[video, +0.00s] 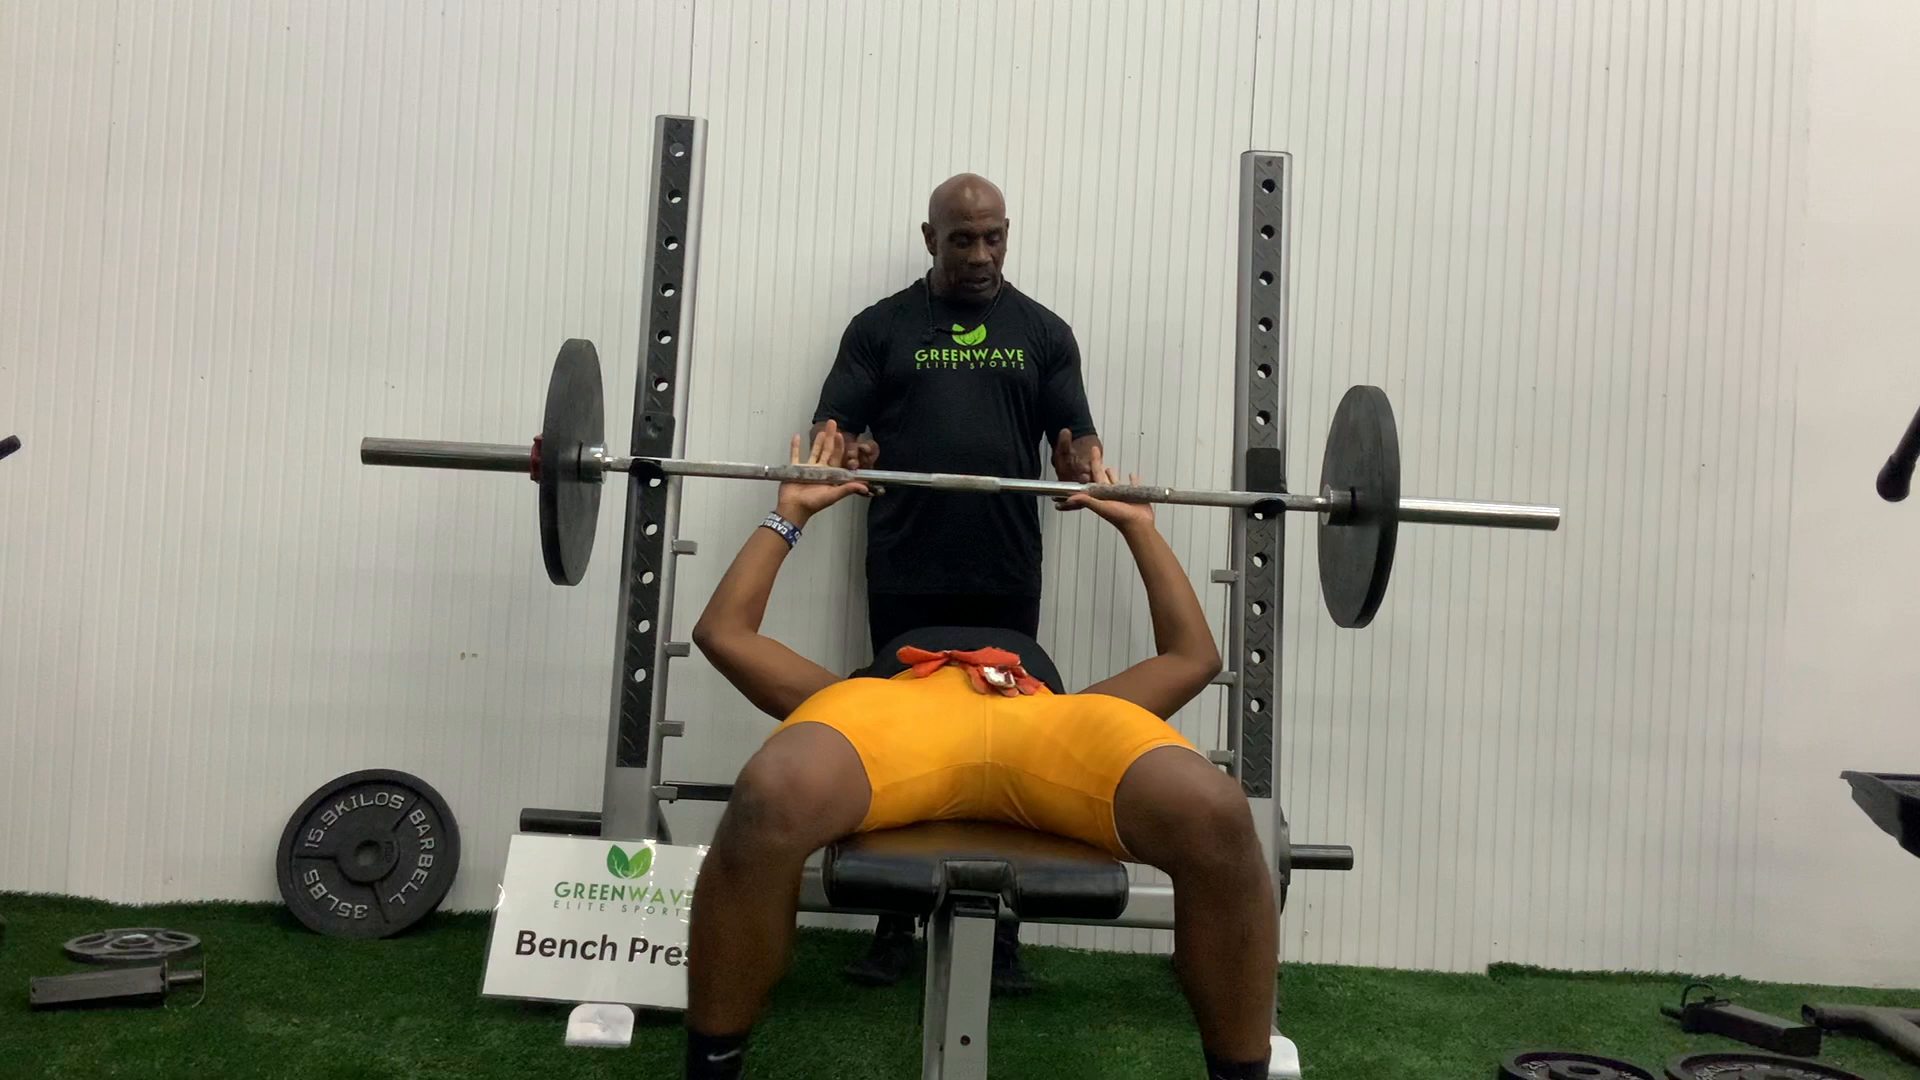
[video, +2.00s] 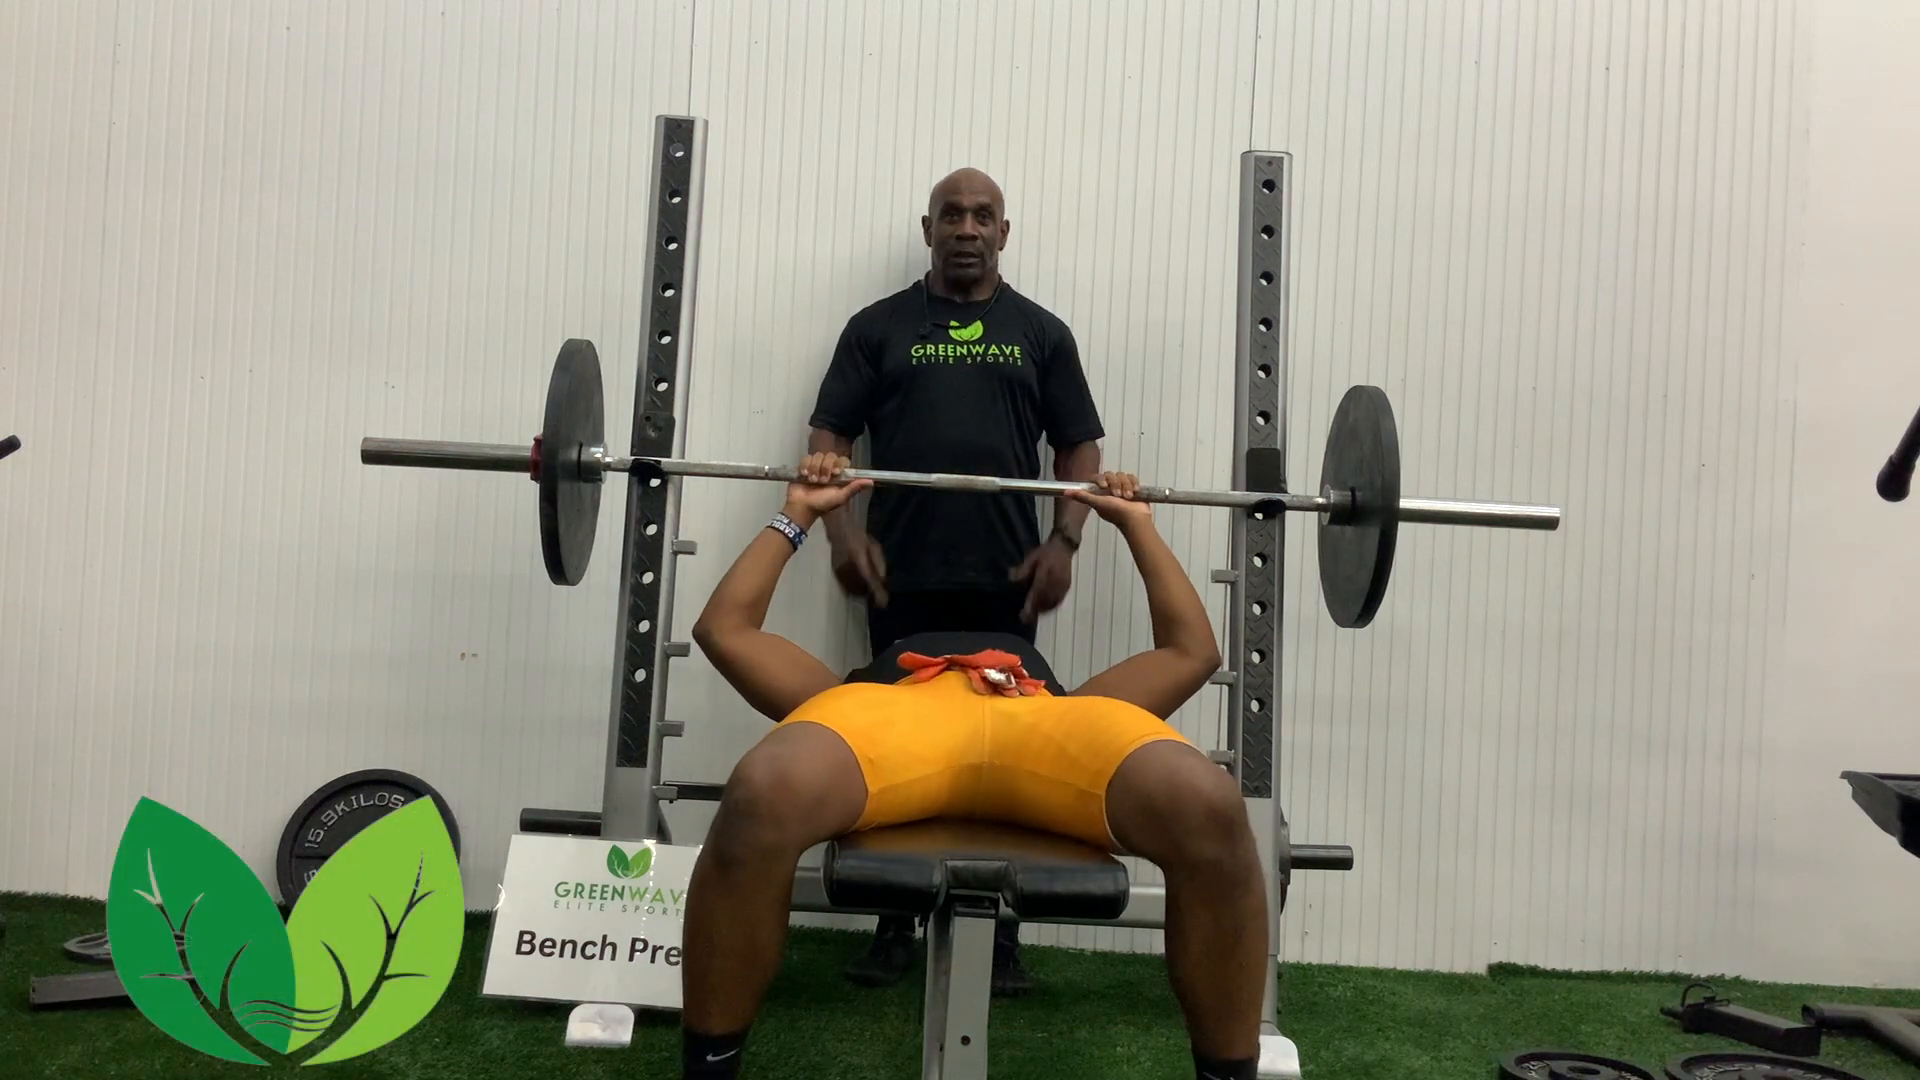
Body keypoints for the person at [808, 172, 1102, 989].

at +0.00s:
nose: (983, 253)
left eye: (994, 238)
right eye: (965, 239)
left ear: (1009, 238)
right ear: (929, 240)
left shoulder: (1042, 333)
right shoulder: (880, 329)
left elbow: (1075, 453)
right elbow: (830, 440)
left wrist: (1086, 470)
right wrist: (852, 454)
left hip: (1008, 575)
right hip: (905, 574)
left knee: (1014, 743)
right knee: (894, 738)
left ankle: (999, 924)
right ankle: (897, 917)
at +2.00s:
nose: (968, 229)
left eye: (983, 216)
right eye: (953, 216)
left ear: (1005, 231)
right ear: (928, 230)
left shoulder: (1042, 335)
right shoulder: (877, 329)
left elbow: (1078, 451)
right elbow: (828, 441)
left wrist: (1063, 541)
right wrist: (844, 530)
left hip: (1005, 584)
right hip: (900, 582)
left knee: (1014, 750)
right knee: (893, 749)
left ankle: (1000, 926)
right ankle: (897, 919)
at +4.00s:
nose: (972, 248)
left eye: (987, 234)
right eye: (956, 233)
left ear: (1006, 238)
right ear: (927, 236)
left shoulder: (1041, 335)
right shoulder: (876, 332)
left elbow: (1078, 457)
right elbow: (833, 456)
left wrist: (1082, 558)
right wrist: (849, 561)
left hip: (1007, 583)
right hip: (903, 580)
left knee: (1013, 750)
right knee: (892, 747)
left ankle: (1000, 930)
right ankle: (896, 922)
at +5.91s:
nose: (969, 248)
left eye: (985, 234)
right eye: (953, 233)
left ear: (1006, 239)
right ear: (927, 236)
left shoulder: (1042, 337)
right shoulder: (876, 332)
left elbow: (1079, 455)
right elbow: (835, 457)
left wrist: (1082, 558)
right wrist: (849, 559)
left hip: (1006, 588)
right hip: (903, 585)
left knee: (1013, 752)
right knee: (891, 749)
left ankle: (998, 929)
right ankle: (896, 919)